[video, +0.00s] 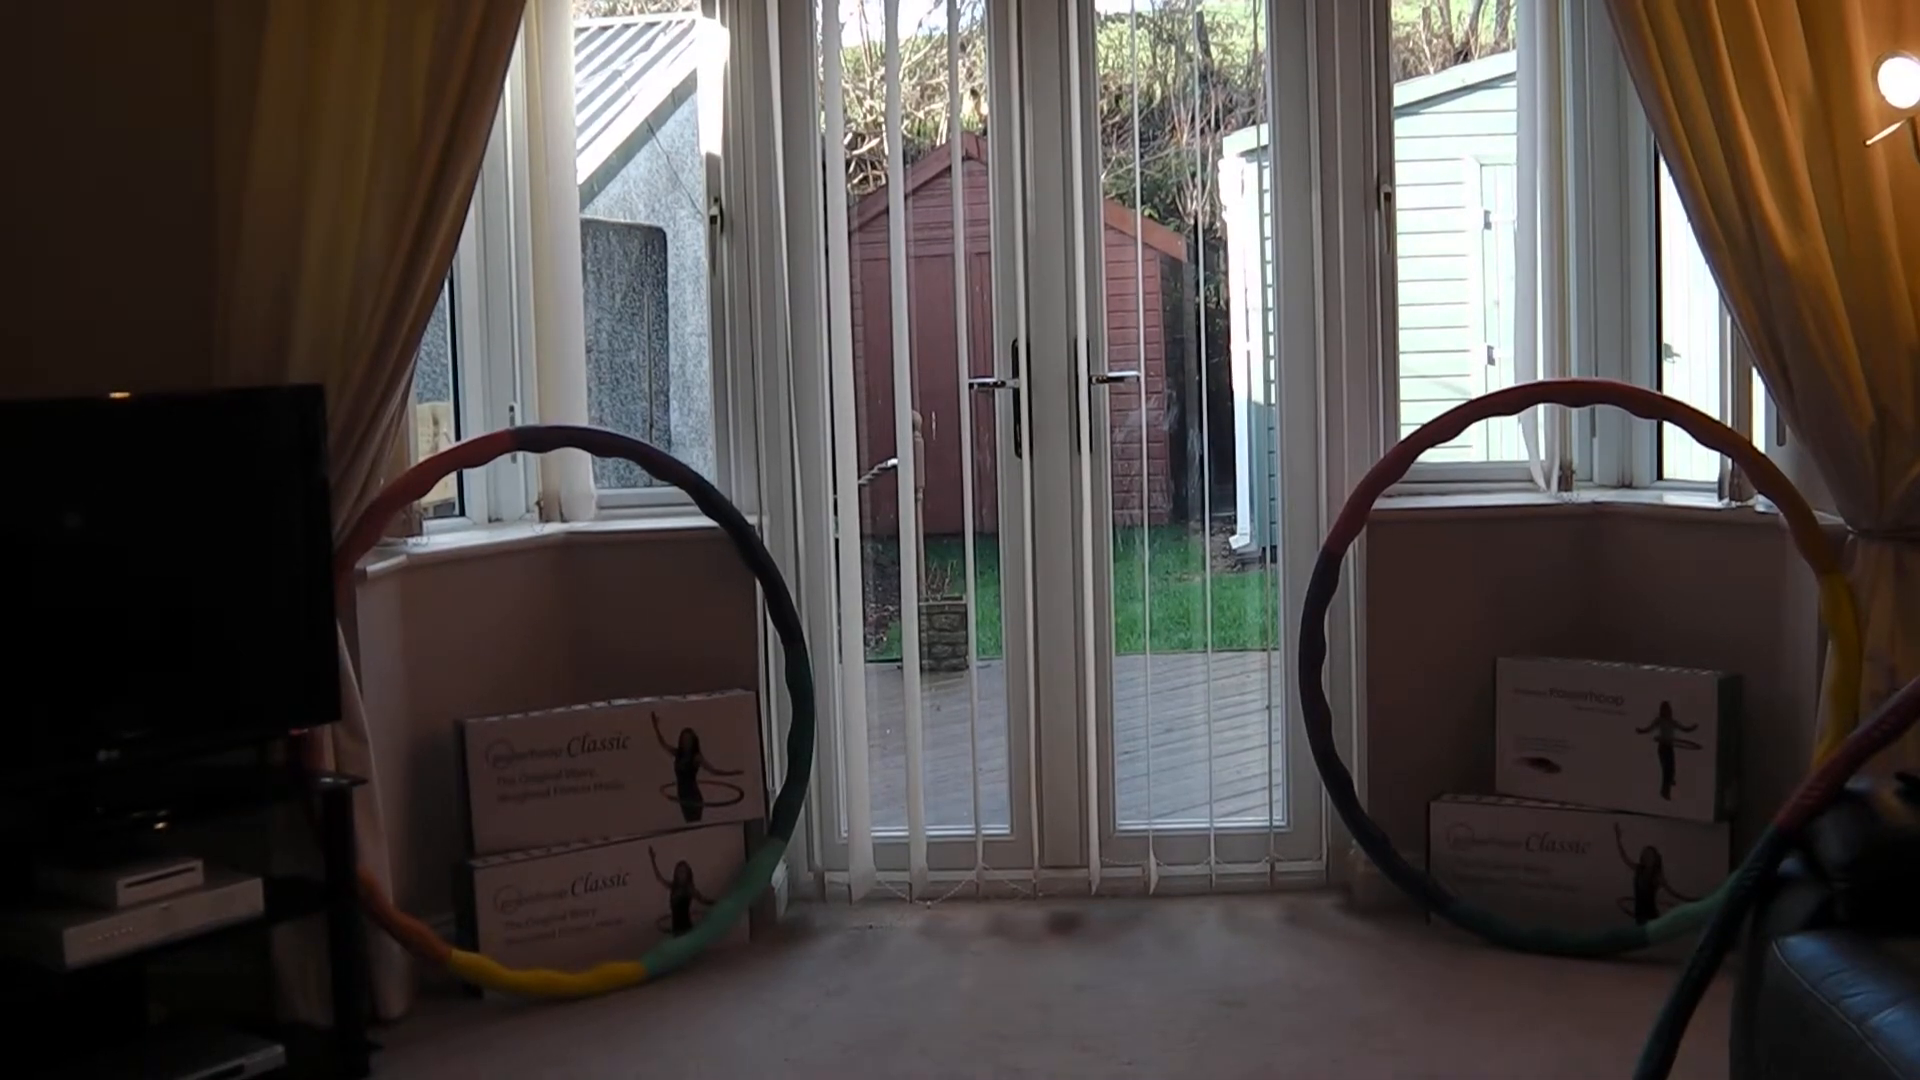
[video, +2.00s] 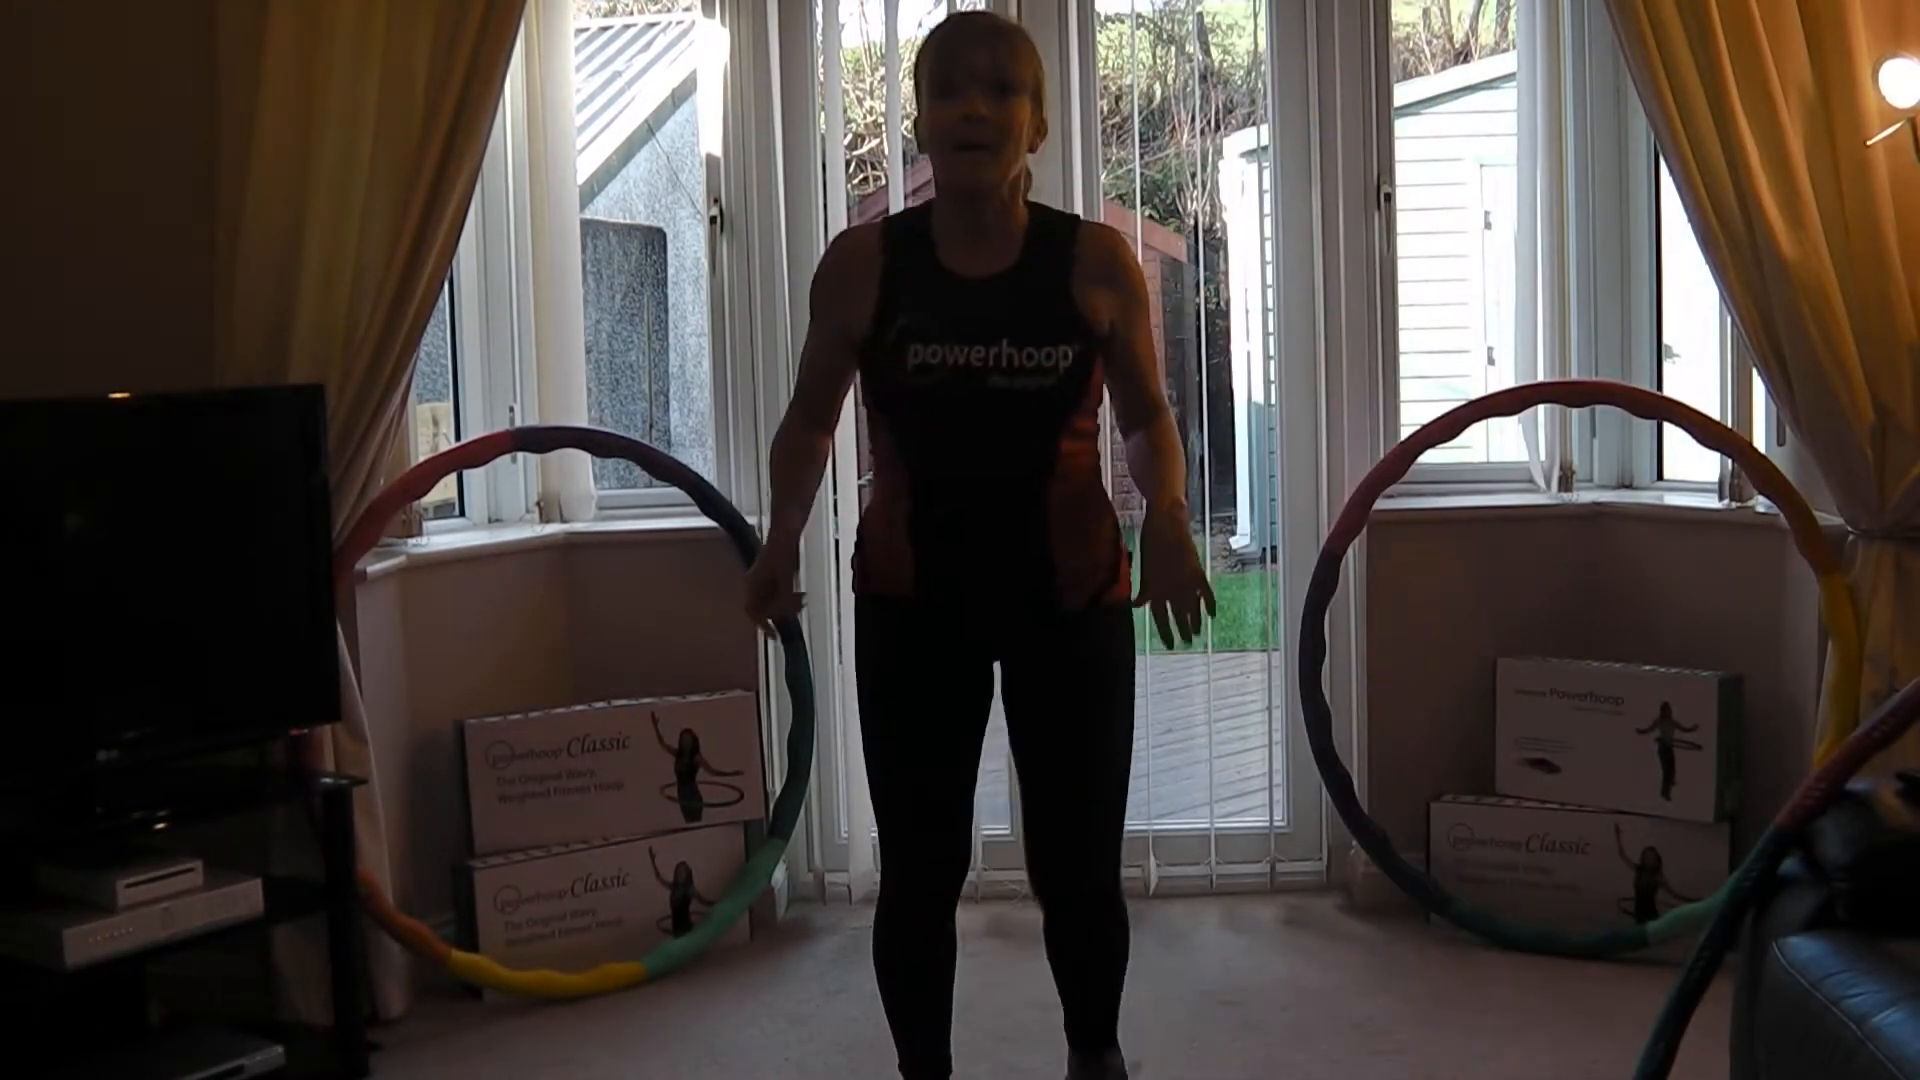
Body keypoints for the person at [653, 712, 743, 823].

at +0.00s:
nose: (685, 741)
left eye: (688, 739)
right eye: (683, 738)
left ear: (693, 741)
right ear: (680, 740)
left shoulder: (696, 756)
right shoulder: (678, 754)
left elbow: (713, 771)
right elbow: (662, 744)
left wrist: (733, 773)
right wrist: (655, 725)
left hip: (693, 793)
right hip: (682, 793)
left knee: (696, 826)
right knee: (690, 826)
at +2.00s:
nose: (685, 742)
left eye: (688, 739)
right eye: (683, 739)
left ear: (693, 742)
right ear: (680, 741)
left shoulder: (696, 757)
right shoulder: (678, 754)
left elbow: (712, 772)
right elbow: (662, 744)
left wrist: (732, 774)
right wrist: (655, 726)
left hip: (693, 795)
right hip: (682, 795)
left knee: (696, 828)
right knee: (690, 829)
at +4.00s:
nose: (686, 742)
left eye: (689, 739)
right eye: (683, 739)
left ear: (694, 741)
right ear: (680, 741)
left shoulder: (696, 758)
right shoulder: (678, 755)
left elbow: (713, 772)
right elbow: (662, 745)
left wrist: (733, 774)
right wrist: (655, 726)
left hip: (693, 794)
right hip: (682, 794)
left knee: (696, 828)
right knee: (691, 828)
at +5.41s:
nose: (686, 742)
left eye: (689, 739)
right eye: (684, 739)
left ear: (694, 741)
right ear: (680, 741)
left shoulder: (696, 757)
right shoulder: (678, 754)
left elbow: (712, 772)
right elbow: (662, 744)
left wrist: (733, 774)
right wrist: (655, 726)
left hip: (693, 795)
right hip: (682, 795)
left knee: (695, 828)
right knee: (690, 828)